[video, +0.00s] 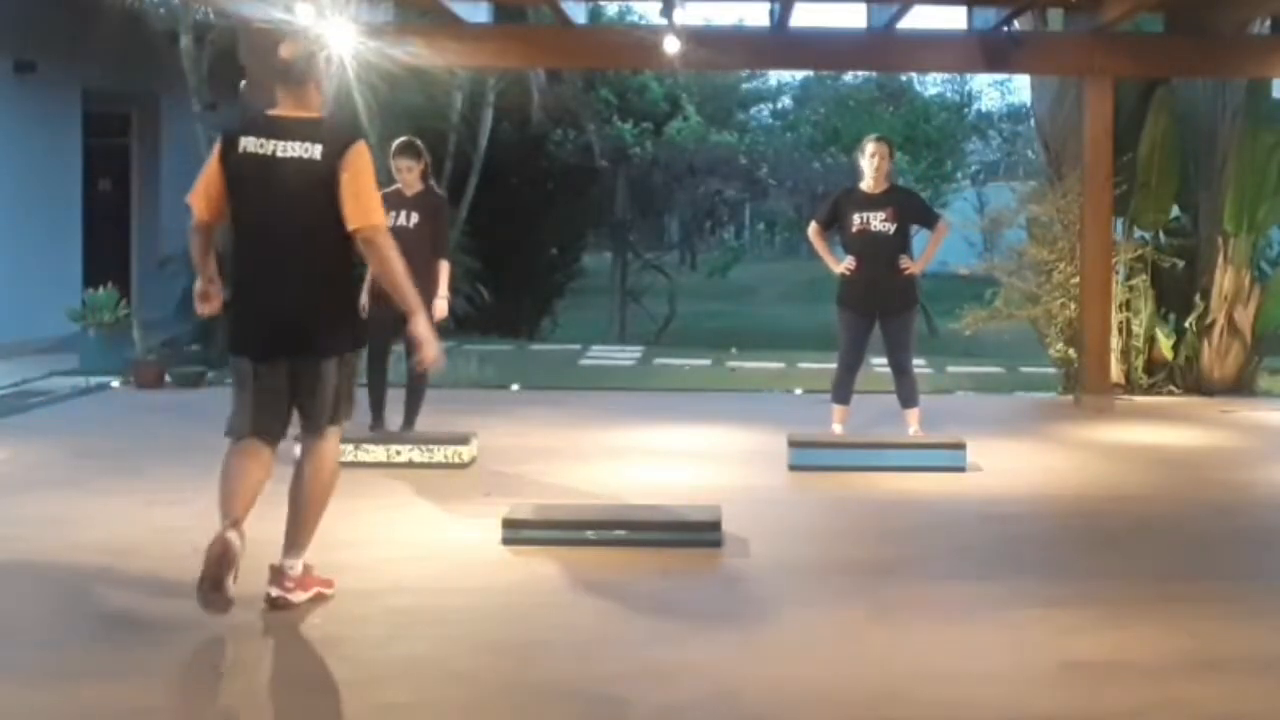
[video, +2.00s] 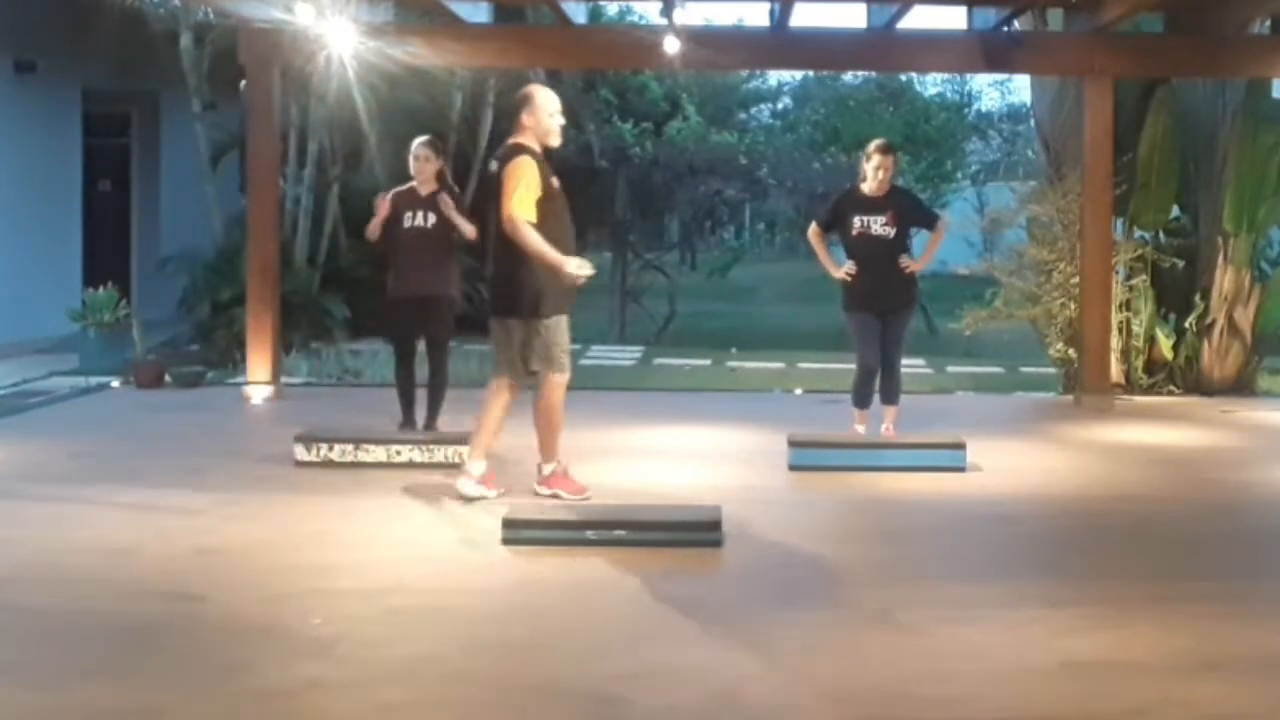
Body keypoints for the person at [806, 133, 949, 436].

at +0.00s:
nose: (876, 162)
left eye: (882, 157)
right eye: (871, 156)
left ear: (890, 162)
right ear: (861, 160)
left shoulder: (905, 198)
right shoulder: (844, 199)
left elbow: (941, 226)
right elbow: (814, 230)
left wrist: (922, 264)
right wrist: (834, 263)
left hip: (897, 287)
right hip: (856, 287)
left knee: (901, 361)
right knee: (848, 359)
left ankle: (914, 429)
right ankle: (837, 429)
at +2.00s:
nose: (883, 175)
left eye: (888, 169)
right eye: (878, 168)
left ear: (894, 170)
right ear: (866, 167)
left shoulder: (904, 200)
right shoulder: (846, 200)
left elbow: (940, 226)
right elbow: (814, 232)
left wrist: (923, 262)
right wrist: (833, 268)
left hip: (898, 287)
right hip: (861, 288)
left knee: (891, 360)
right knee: (869, 360)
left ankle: (889, 425)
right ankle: (860, 424)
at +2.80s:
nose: (874, 163)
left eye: (880, 158)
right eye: (869, 157)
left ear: (888, 161)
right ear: (860, 161)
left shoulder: (903, 199)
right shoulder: (845, 199)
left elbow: (915, 246)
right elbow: (831, 245)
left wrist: (919, 287)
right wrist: (830, 287)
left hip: (892, 293)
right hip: (854, 293)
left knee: (886, 359)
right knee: (855, 359)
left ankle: (887, 424)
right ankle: (858, 424)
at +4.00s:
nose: (877, 162)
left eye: (882, 156)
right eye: (871, 156)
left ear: (892, 160)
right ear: (864, 160)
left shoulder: (907, 198)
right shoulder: (850, 196)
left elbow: (920, 246)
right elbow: (833, 242)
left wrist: (930, 288)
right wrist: (827, 286)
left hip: (894, 292)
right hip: (855, 291)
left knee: (887, 359)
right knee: (856, 358)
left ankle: (887, 425)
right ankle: (857, 424)